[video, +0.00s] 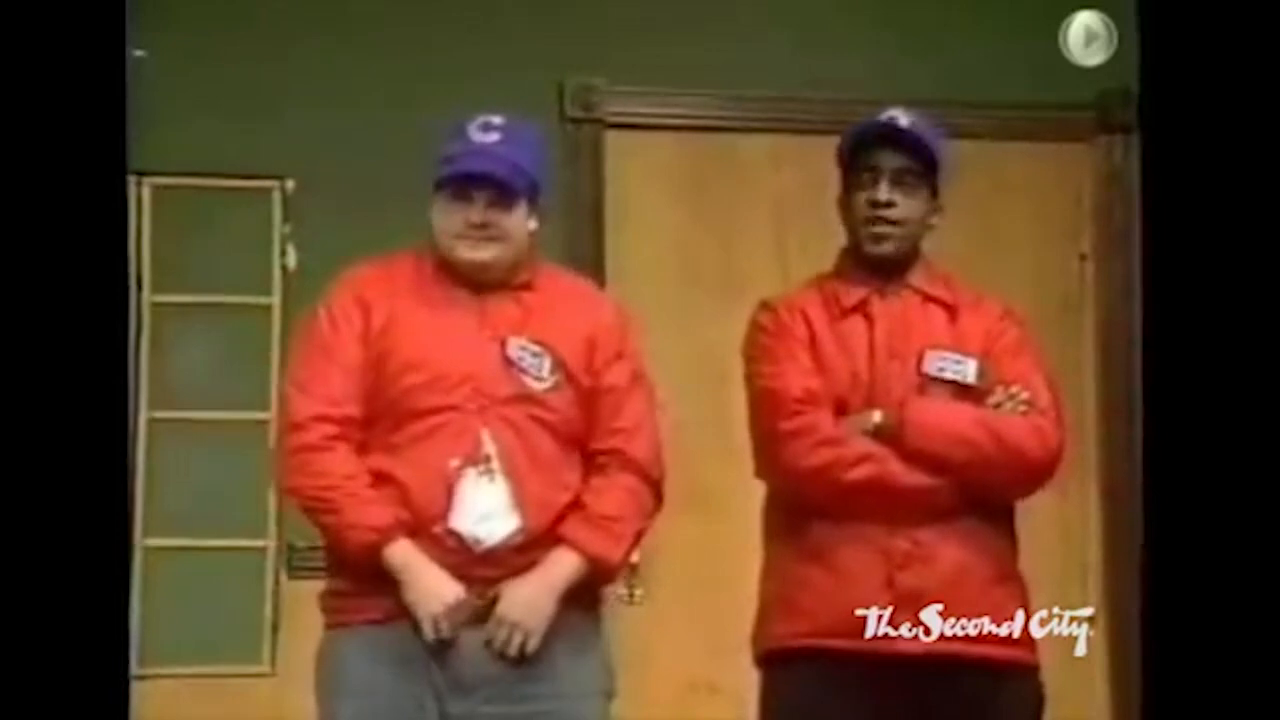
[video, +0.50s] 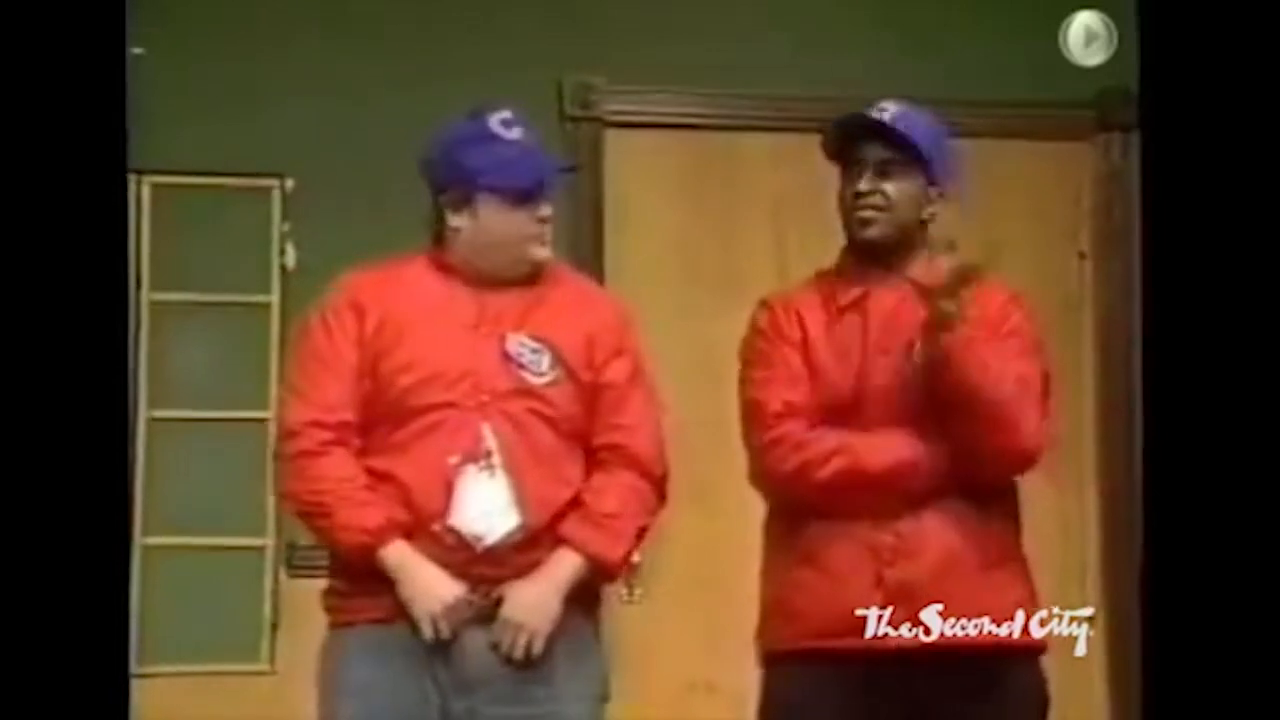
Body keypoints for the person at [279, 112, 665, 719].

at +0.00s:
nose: (478, 216)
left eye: (501, 201)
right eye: (460, 196)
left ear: (533, 217)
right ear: (434, 206)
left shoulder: (588, 314)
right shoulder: (365, 299)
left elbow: (631, 468)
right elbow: (311, 448)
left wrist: (550, 579)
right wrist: (406, 561)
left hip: (546, 629)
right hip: (382, 630)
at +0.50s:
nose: (546, 212)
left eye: (545, 196)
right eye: (522, 199)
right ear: (457, 214)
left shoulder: (592, 314)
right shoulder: (362, 305)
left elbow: (633, 466)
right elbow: (310, 452)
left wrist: (553, 579)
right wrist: (403, 562)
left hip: (543, 629)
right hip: (385, 629)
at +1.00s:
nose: (554, 209)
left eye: (553, 192)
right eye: (531, 195)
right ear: (465, 209)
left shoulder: (595, 312)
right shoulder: (370, 303)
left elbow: (642, 463)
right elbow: (320, 452)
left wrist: (569, 578)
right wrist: (419, 562)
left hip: (554, 632)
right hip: (398, 632)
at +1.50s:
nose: (547, 217)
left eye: (547, 201)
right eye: (525, 203)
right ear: (459, 211)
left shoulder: (574, 298)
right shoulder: (379, 283)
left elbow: (638, 457)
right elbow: (450, 360)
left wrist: (577, 571)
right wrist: (574, 317)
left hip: (545, 623)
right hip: (397, 634)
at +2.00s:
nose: (541, 215)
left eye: (544, 199)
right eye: (520, 200)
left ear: (552, 200)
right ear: (453, 208)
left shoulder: (569, 296)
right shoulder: (374, 283)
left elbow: (637, 441)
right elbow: (433, 370)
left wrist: (570, 540)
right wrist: (561, 322)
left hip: (547, 625)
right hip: (394, 633)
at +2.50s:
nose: (476, 210)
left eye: (498, 194)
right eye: (456, 191)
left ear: (531, 211)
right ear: (427, 202)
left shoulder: (576, 296)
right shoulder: (375, 290)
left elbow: (597, 424)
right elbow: (419, 390)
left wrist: (435, 418)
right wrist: (566, 374)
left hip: (550, 613)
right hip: (394, 618)